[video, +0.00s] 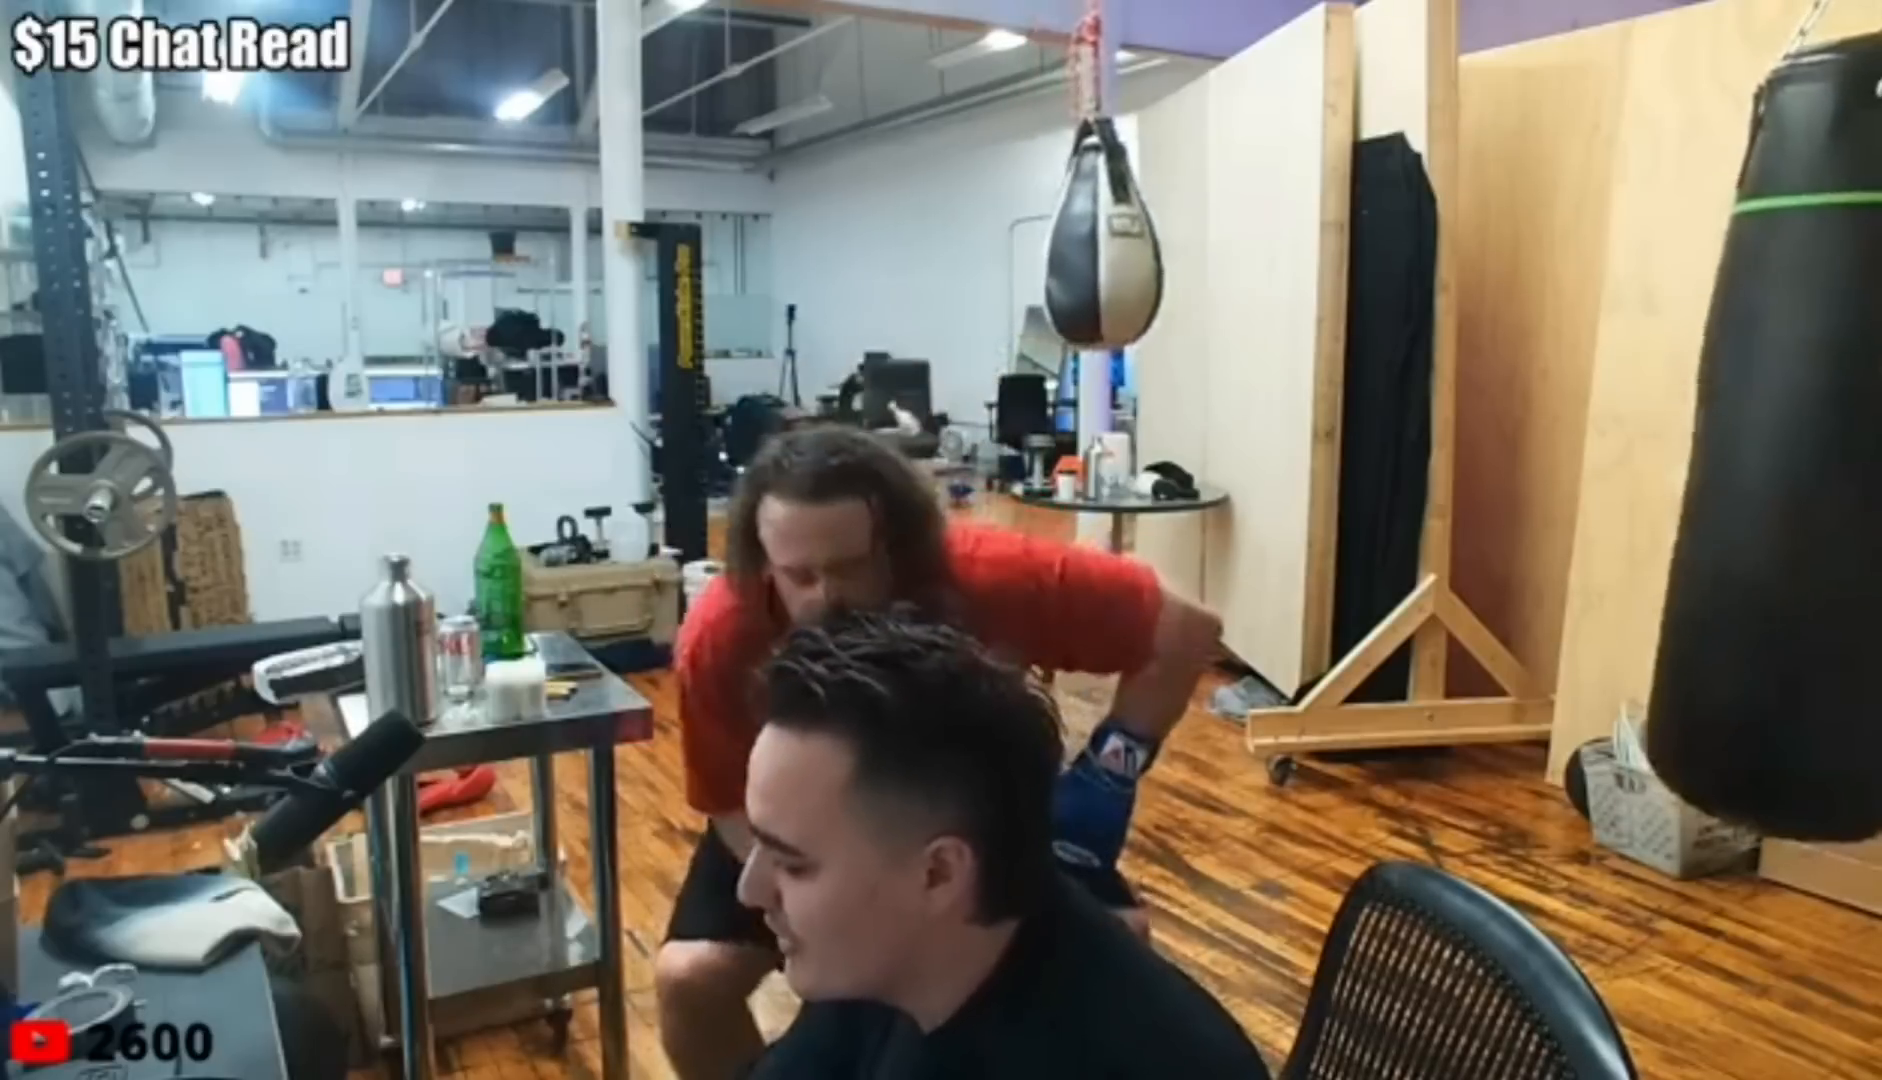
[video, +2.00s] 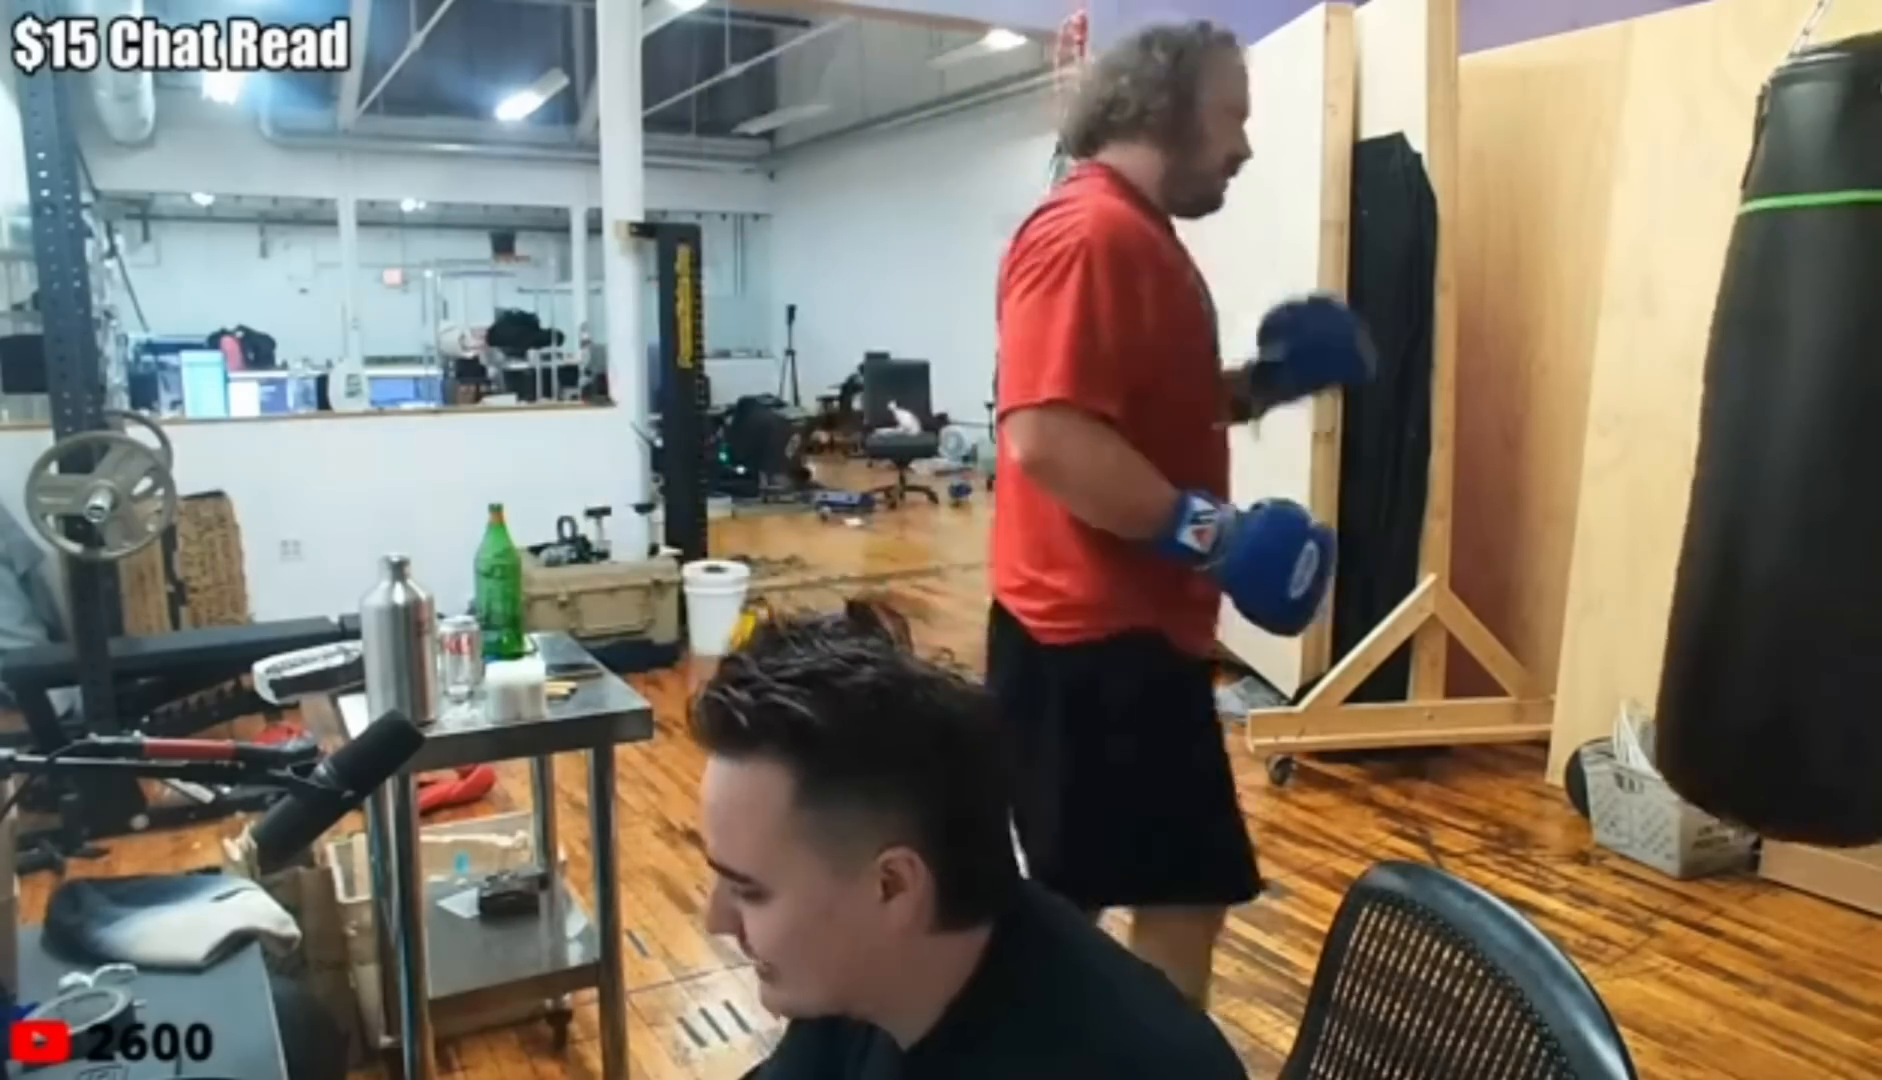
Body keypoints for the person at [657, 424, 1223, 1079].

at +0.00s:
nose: (824, 600)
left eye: (847, 571)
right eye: (799, 577)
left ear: (898, 550)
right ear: (763, 565)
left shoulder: (983, 576)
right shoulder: (720, 632)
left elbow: (1186, 635)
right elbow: (727, 811)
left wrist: (1097, 791)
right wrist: (848, 900)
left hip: (950, 805)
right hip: (781, 823)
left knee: (1115, 933)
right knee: (690, 975)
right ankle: (743, 1074)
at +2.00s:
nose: (1247, 147)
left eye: (1247, 123)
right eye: (1234, 118)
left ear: (1158, 118)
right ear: (1165, 112)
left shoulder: (1132, 236)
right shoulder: (1090, 232)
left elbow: (1143, 414)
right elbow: (1047, 436)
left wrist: (1266, 382)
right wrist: (1213, 534)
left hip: (1122, 628)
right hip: (1099, 638)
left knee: (1064, 900)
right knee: (1190, 893)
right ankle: (1163, 1069)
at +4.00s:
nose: (1304, 159)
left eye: (1328, 136)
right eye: (1282, 138)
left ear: (1373, 151)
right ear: (1256, 151)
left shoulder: (1419, 271)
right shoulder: (1199, 270)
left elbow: (1445, 425)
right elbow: (1117, 426)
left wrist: (1532, 498)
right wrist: (1202, 502)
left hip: (1368, 629)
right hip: (1228, 628)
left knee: (1359, 856)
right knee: (1190, 858)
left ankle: (1341, 1052)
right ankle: (1137, 1046)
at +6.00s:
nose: (1244, 145)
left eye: (1270, 122)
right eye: (1224, 124)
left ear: (1316, 136)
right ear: (1199, 140)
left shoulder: (1381, 260)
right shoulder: (1148, 273)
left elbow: (1420, 409)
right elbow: (1065, 406)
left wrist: (1477, 554)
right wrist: (1076, 528)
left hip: (1351, 623)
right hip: (1194, 631)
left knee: (1402, 830)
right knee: (1194, 849)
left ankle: (1360, 1040)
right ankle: (1174, 1046)